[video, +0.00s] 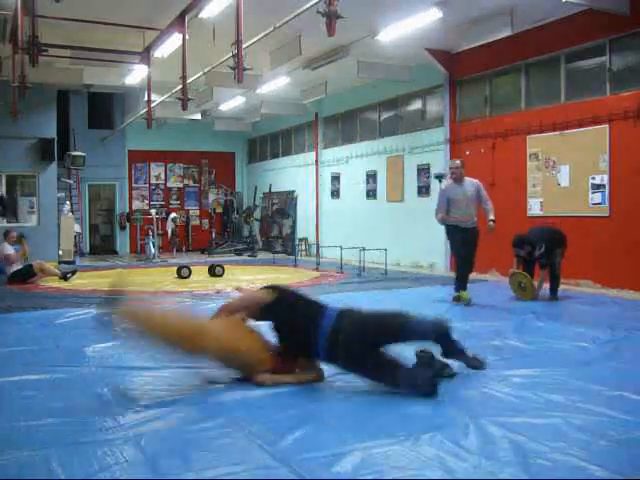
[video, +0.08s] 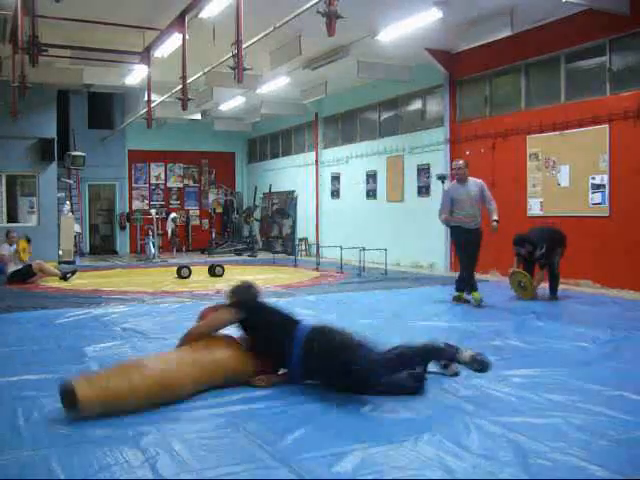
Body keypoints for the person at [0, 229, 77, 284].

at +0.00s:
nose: (14, 239)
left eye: (14, 237)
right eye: (11, 237)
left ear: (14, 238)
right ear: (7, 238)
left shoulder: (11, 247)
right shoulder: (5, 246)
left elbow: (23, 259)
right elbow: (11, 260)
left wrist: (24, 250)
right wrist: (21, 253)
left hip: (18, 273)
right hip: (13, 275)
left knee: (41, 265)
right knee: (39, 265)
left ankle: (62, 274)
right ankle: (62, 275)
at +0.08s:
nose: (14, 240)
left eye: (15, 237)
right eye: (11, 238)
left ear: (16, 238)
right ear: (7, 239)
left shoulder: (16, 247)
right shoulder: (4, 247)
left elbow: (23, 261)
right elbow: (6, 260)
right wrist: (14, 249)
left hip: (20, 271)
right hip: (12, 274)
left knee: (39, 264)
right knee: (38, 265)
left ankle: (61, 274)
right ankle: (61, 275)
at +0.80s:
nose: (21, 238)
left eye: (20, 236)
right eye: (20, 236)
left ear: (10, 237)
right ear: (17, 237)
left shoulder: (4, 246)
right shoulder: (16, 246)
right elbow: (27, 260)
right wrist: (30, 252)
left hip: (12, 276)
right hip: (18, 275)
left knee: (42, 264)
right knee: (39, 264)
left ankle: (63, 274)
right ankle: (62, 275)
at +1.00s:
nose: (23, 239)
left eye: (22, 238)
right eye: (22, 238)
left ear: (11, 237)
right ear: (20, 238)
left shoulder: (3, 245)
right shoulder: (20, 247)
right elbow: (28, 261)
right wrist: (29, 253)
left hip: (10, 277)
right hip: (19, 276)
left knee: (41, 267)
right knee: (41, 265)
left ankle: (63, 274)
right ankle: (62, 275)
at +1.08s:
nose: (20, 239)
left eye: (20, 238)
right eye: (20, 238)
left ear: (9, 237)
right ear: (18, 238)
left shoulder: (3, 246)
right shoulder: (17, 247)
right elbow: (26, 261)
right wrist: (29, 251)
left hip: (9, 277)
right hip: (17, 276)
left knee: (42, 268)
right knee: (40, 265)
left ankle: (63, 274)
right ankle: (62, 275)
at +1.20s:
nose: (18, 239)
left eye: (18, 237)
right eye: (18, 237)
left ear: (8, 237)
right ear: (15, 237)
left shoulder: (5, 246)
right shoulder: (11, 246)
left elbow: (19, 261)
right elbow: (21, 261)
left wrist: (27, 254)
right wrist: (28, 253)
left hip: (12, 276)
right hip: (14, 276)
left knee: (41, 267)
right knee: (39, 265)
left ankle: (63, 274)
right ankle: (62, 275)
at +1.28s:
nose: (17, 239)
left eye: (18, 237)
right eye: (15, 237)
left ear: (16, 238)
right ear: (9, 237)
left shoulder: (12, 247)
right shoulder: (7, 247)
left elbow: (16, 261)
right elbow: (12, 262)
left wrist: (25, 254)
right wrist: (22, 254)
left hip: (19, 274)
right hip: (14, 276)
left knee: (41, 265)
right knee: (39, 265)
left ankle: (63, 274)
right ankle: (62, 276)